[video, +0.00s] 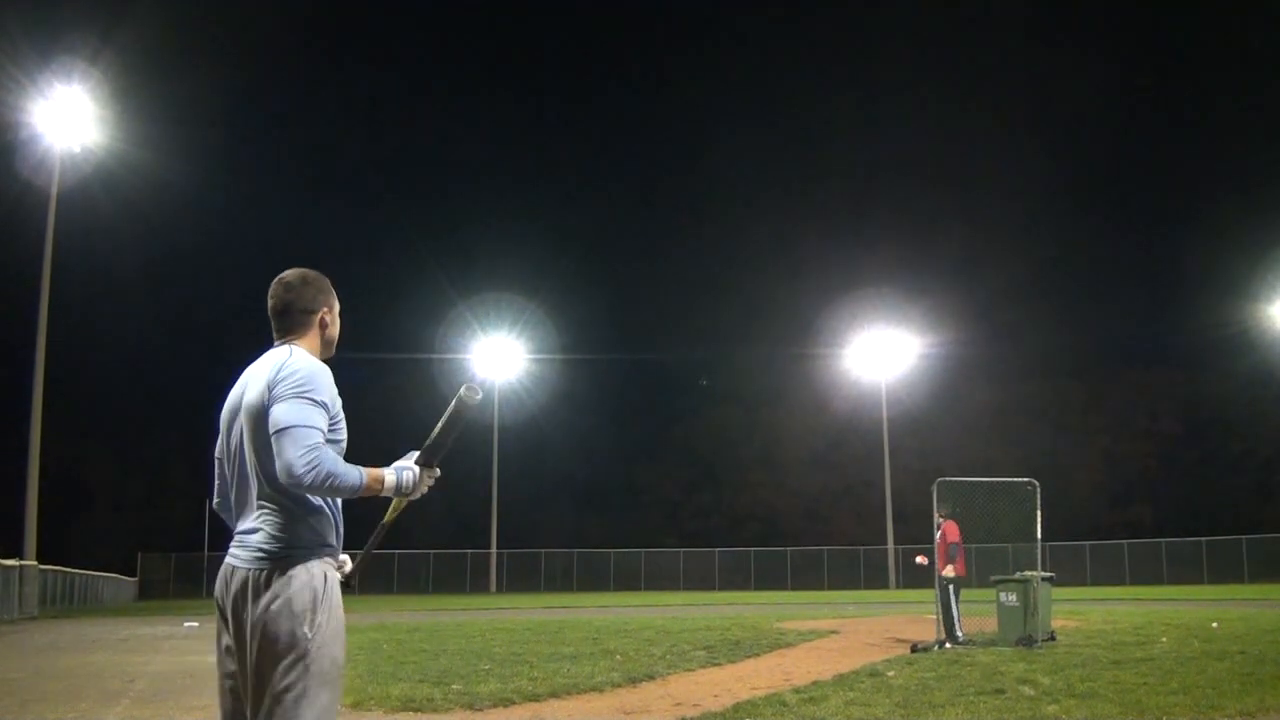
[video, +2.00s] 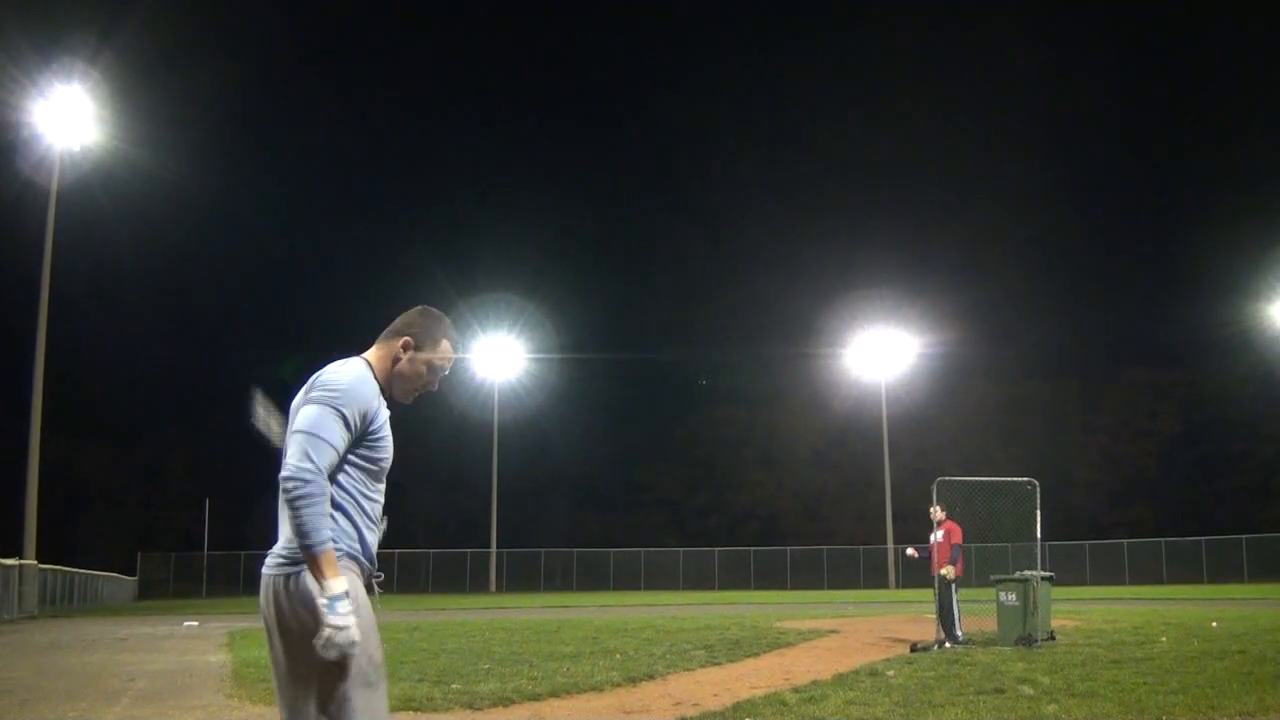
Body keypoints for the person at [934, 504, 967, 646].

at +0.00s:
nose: (933, 518)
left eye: (935, 515)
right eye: (933, 515)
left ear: (941, 515)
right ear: (941, 516)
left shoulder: (950, 525)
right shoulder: (941, 529)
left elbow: (953, 545)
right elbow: (942, 553)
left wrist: (951, 564)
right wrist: (929, 561)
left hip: (950, 573)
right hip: (943, 572)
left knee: (951, 605)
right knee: (945, 605)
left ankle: (957, 635)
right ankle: (949, 635)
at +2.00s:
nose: (933, 515)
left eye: (935, 512)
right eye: (931, 513)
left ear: (943, 513)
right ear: (931, 515)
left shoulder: (952, 527)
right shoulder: (935, 531)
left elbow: (956, 547)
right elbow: (932, 553)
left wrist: (952, 564)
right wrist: (917, 554)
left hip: (948, 572)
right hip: (937, 573)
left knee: (950, 604)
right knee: (941, 605)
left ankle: (955, 636)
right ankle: (947, 635)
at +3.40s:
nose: (927, 518)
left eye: (929, 515)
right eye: (924, 516)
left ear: (936, 515)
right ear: (923, 519)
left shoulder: (947, 527)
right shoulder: (927, 531)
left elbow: (964, 541)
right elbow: (934, 548)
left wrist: (972, 558)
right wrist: (927, 552)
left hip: (954, 571)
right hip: (940, 573)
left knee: (952, 605)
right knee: (942, 605)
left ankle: (953, 637)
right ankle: (945, 635)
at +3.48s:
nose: (927, 518)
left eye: (929, 515)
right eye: (924, 516)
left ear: (936, 515)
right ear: (923, 519)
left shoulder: (948, 527)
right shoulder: (927, 532)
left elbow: (966, 540)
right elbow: (933, 548)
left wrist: (974, 558)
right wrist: (930, 558)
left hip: (955, 571)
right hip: (940, 573)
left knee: (952, 604)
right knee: (942, 605)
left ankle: (954, 637)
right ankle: (945, 636)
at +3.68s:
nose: (929, 518)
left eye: (931, 515)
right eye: (926, 516)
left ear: (938, 515)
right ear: (925, 519)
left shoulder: (952, 526)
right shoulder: (926, 536)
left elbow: (969, 540)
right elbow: (928, 557)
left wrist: (974, 557)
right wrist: (926, 573)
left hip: (957, 571)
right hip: (942, 575)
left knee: (955, 606)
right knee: (944, 607)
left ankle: (953, 637)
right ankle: (948, 636)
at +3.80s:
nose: (930, 517)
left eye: (932, 514)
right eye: (928, 515)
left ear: (939, 515)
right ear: (927, 519)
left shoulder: (954, 526)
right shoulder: (930, 532)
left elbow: (970, 539)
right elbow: (920, 529)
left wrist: (973, 553)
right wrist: (918, 516)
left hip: (958, 572)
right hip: (943, 575)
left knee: (955, 606)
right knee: (945, 607)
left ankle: (954, 636)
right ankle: (948, 636)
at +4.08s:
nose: (943, 511)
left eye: (945, 509)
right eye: (939, 509)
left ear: (951, 512)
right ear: (936, 513)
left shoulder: (961, 526)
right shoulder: (934, 527)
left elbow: (974, 542)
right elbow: (924, 534)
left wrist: (974, 558)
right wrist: (919, 524)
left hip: (958, 572)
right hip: (942, 574)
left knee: (955, 605)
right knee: (943, 606)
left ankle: (953, 637)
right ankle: (950, 634)